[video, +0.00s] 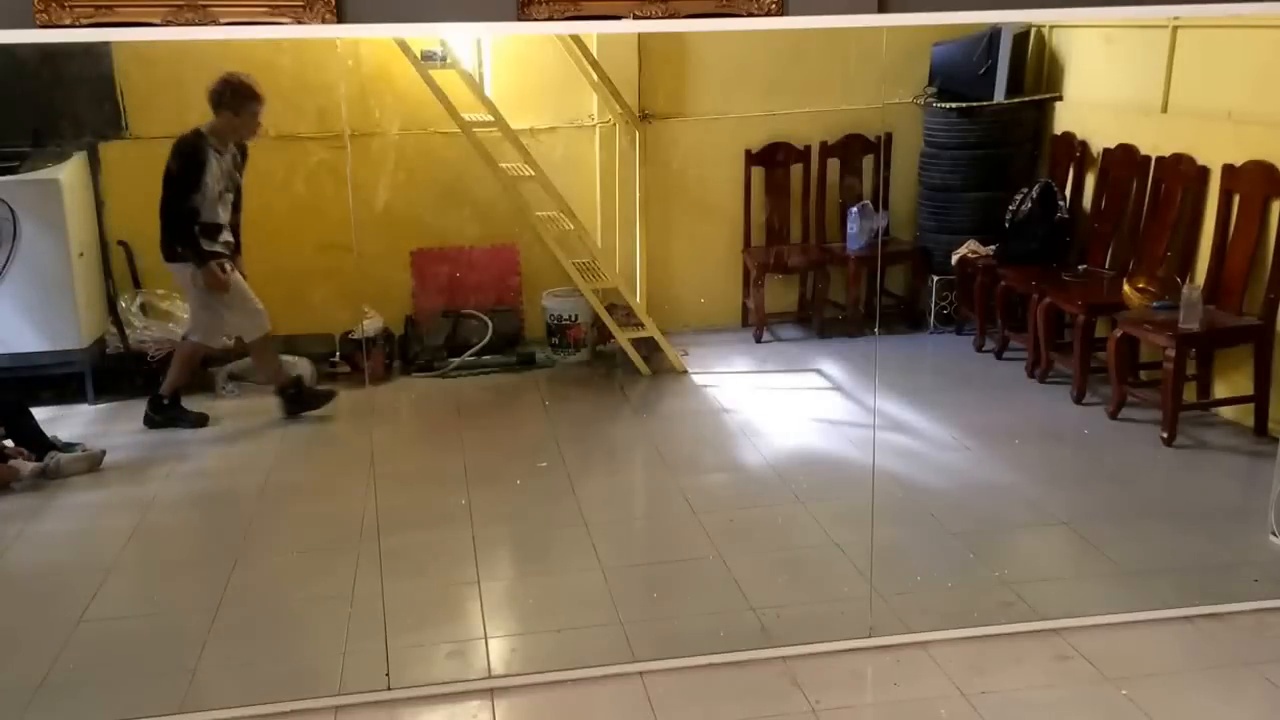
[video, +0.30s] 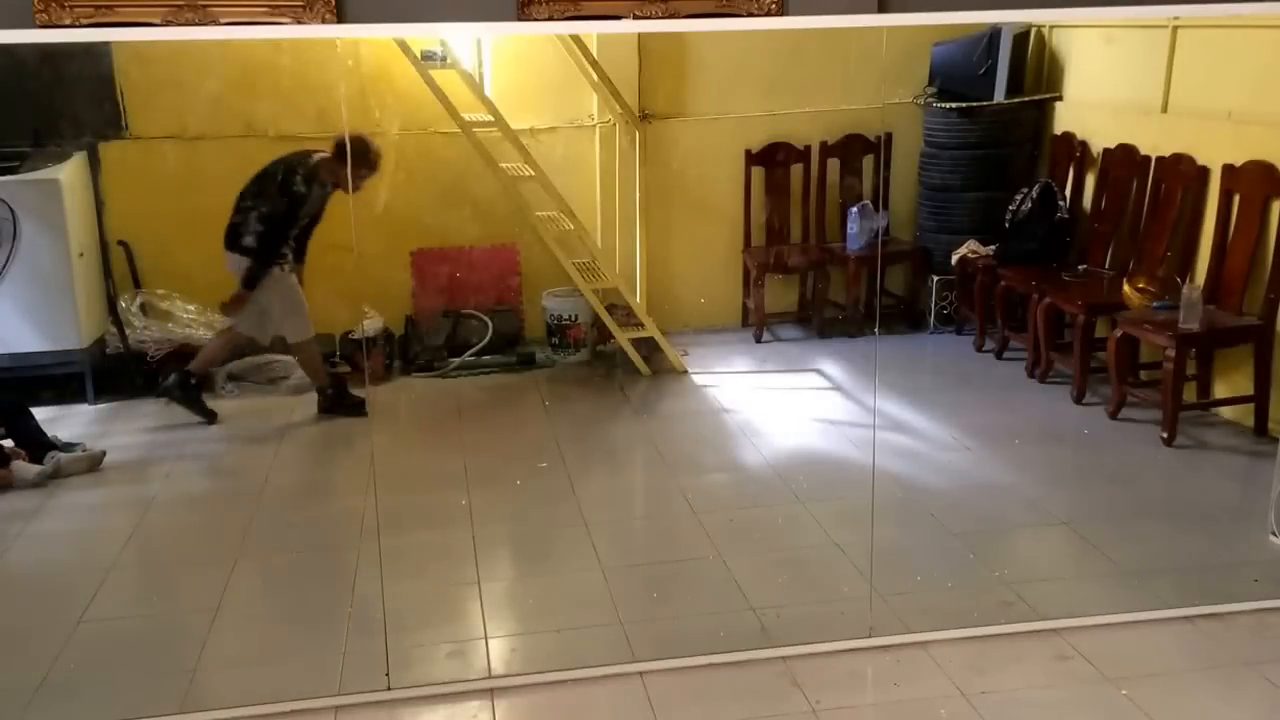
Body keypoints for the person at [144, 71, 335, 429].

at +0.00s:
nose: (258, 125)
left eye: (259, 117)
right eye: (254, 117)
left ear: (234, 115)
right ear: (229, 115)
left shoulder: (237, 152)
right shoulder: (190, 148)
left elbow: (233, 210)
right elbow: (175, 213)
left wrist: (235, 256)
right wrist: (203, 263)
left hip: (216, 252)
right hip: (192, 254)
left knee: (203, 328)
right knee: (253, 318)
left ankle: (163, 403)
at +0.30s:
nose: (361, 185)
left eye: (365, 179)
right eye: (360, 177)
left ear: (342, 161)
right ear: (344, 166)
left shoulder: (322, 178)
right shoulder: (302, 180)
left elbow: (301, 233)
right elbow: (273, 236)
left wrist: (297, 275)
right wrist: (245, 290)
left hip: (269, 249)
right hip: (253, 251)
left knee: (249, 324)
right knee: (295, 314)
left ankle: (186, 380)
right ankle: (329, 393)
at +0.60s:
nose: (420, 170)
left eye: (424, 163)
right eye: (420, 162)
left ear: (402, 145)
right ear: (404, 149)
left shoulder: (373, 158)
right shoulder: (361, 163)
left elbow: (368, 222)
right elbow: (367, 223)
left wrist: (396, 268)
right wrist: (399, 271)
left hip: (337, 244)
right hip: (313, 245)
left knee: (354, 320)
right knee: (334, 325)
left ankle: (348, 387)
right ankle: (331, 396)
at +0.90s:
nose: (482, 157)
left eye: (485, 150)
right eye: (478, 149)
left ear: (458, 140)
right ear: (459, 140)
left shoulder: (432, 154)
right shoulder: (421, 162)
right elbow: (438, 225)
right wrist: (482, 250)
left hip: (407, 245)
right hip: (379, 249)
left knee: (433, 317)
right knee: (384, 328)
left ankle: (451, 386)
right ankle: (347, 380)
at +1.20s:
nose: (529, 118)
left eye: (531, 110)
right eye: (523, 108)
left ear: (524, 108)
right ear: (500, 103)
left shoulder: (498, 142)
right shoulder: (463, 140)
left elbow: (484, 194)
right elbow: (443, 202)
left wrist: (498, 231)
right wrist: (479, 235)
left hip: (467, 234)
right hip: (442, 236)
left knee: (482, 307)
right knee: (478, 308)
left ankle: (460, 381)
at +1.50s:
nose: (556, 92)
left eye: (557, 83)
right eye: (545, 86)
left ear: (559, 86)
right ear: (523, 92)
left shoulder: (551, 132)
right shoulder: (509, 142)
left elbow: (547, 187)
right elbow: (499, 214)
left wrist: (554, 229)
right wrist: (533, 245)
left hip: (531, 247)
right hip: (510, 251)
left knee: (494, 316)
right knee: (545, 320)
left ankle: (461, 379)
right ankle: (582, 384)